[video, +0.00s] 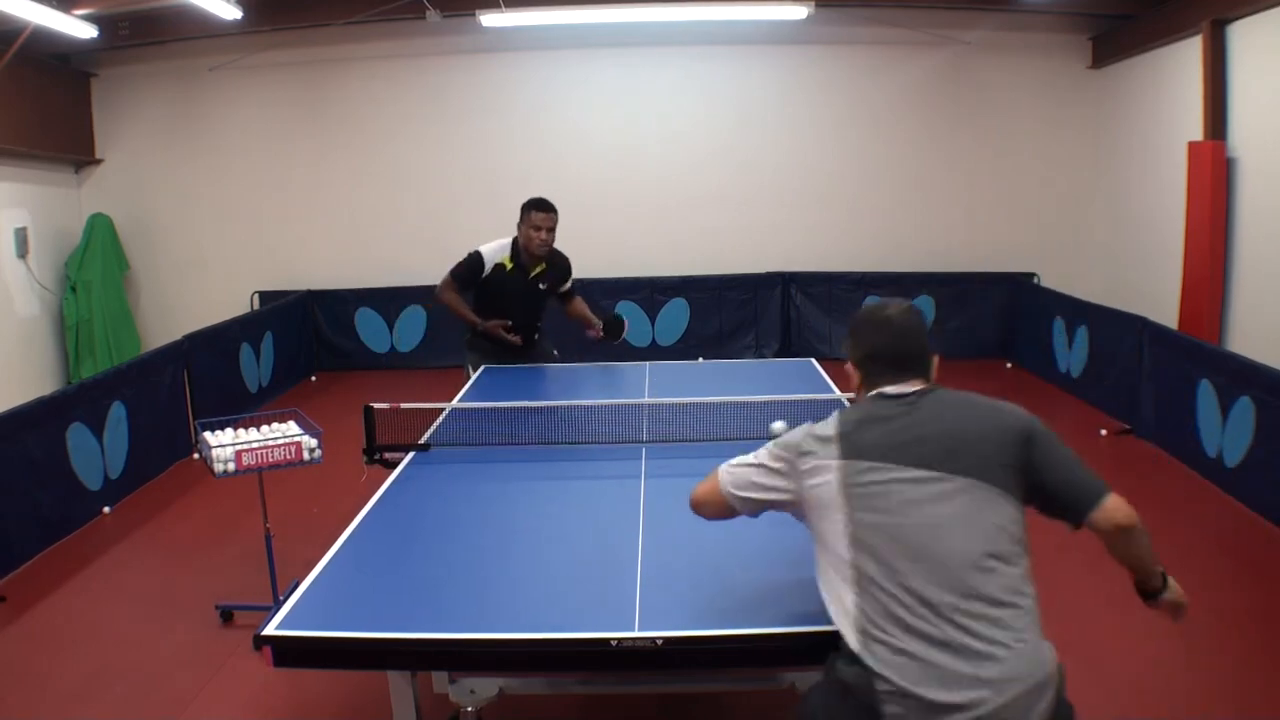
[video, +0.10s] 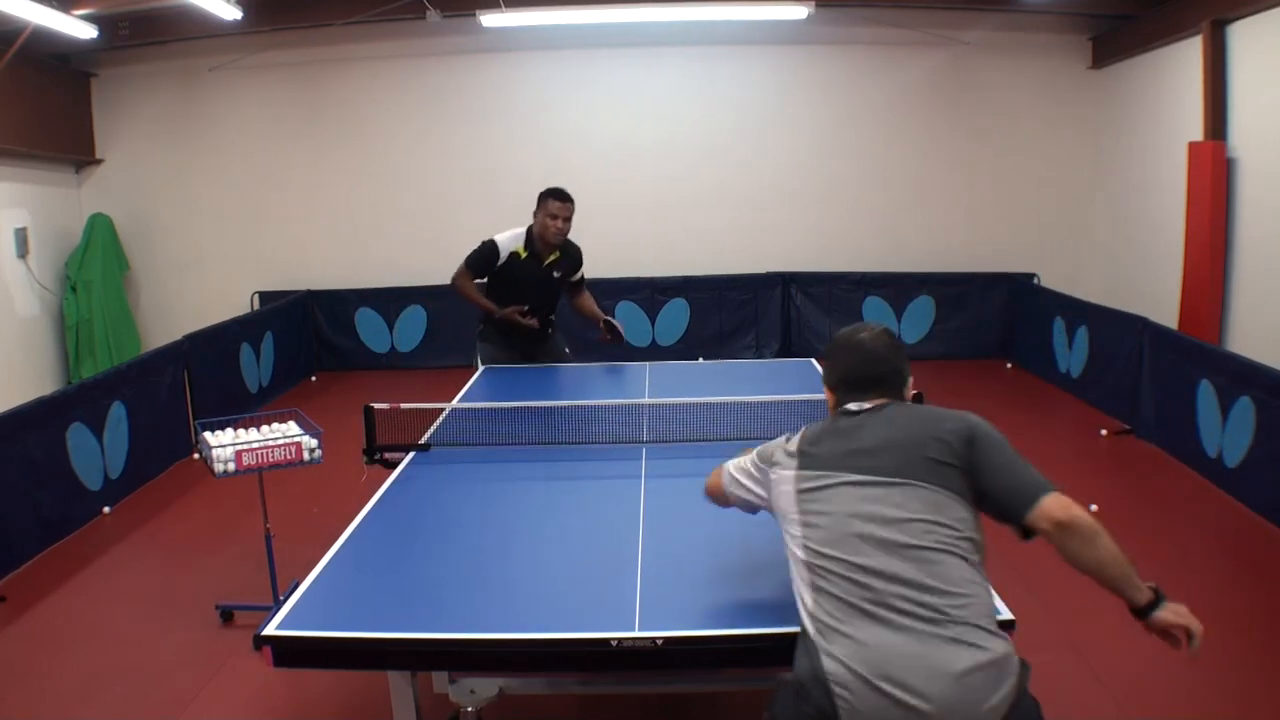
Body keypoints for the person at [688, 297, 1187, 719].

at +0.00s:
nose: (848, 372)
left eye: (848, 364)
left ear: (851, 376)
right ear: (934, 366)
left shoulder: (814, 446)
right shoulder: (1007, 425)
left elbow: (704, 501)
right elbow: (1117, 519)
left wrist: (782, 482)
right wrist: (1153, 582)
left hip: (890, 695)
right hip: (1021, 693)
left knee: (819, 699)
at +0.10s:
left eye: (822, 387)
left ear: (827, 395)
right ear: (910, 383)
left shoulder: (789, 455)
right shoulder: (958, 431)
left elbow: (716, 488)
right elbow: (1062, 519)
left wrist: (783, 467)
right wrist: (1147, 603)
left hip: (851, 698)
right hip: (979, 693)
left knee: (798, 686)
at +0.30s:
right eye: (905, 368)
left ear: (819, 382)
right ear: (901, 374)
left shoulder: (781, 446)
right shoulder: (938, 413)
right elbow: (1018, 503)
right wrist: (1113, 610)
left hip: (826, 690)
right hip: (961, 685)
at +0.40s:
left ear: (835, 370)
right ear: (920, 363)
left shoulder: (798, 435)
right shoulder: (962, 410)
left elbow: (763, 491)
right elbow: (1041, 512)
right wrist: (1132, 628)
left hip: (841, 692)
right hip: (976, 691)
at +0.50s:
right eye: (957, 353)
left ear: (866, 366)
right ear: (954, 364)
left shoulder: (821, 441)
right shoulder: (1004, 427)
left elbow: (757, 533)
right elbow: (1102, 553)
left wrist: (815, 482)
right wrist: (1165, 642)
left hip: (867, 698)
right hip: (997, 699)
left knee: (825, 677)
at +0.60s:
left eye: (903, 354)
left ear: (910, 363)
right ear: (1003, 360)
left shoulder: (865, 450)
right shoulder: (1071, 440)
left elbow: (775, 569)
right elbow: (1173, 567)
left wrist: (834, 531)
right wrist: (1175, 619)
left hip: (910, 704)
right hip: (1045, 705)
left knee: (820, 687)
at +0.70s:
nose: (945, 333)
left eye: (944, 323)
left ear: (954, 329)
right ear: (1047, 324)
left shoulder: (926, 415)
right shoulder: (1132, 409)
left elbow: (815, 553)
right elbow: (1212, 530)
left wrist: (872, 535)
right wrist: (1156, 558)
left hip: (978, 695)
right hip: (1115, 696)